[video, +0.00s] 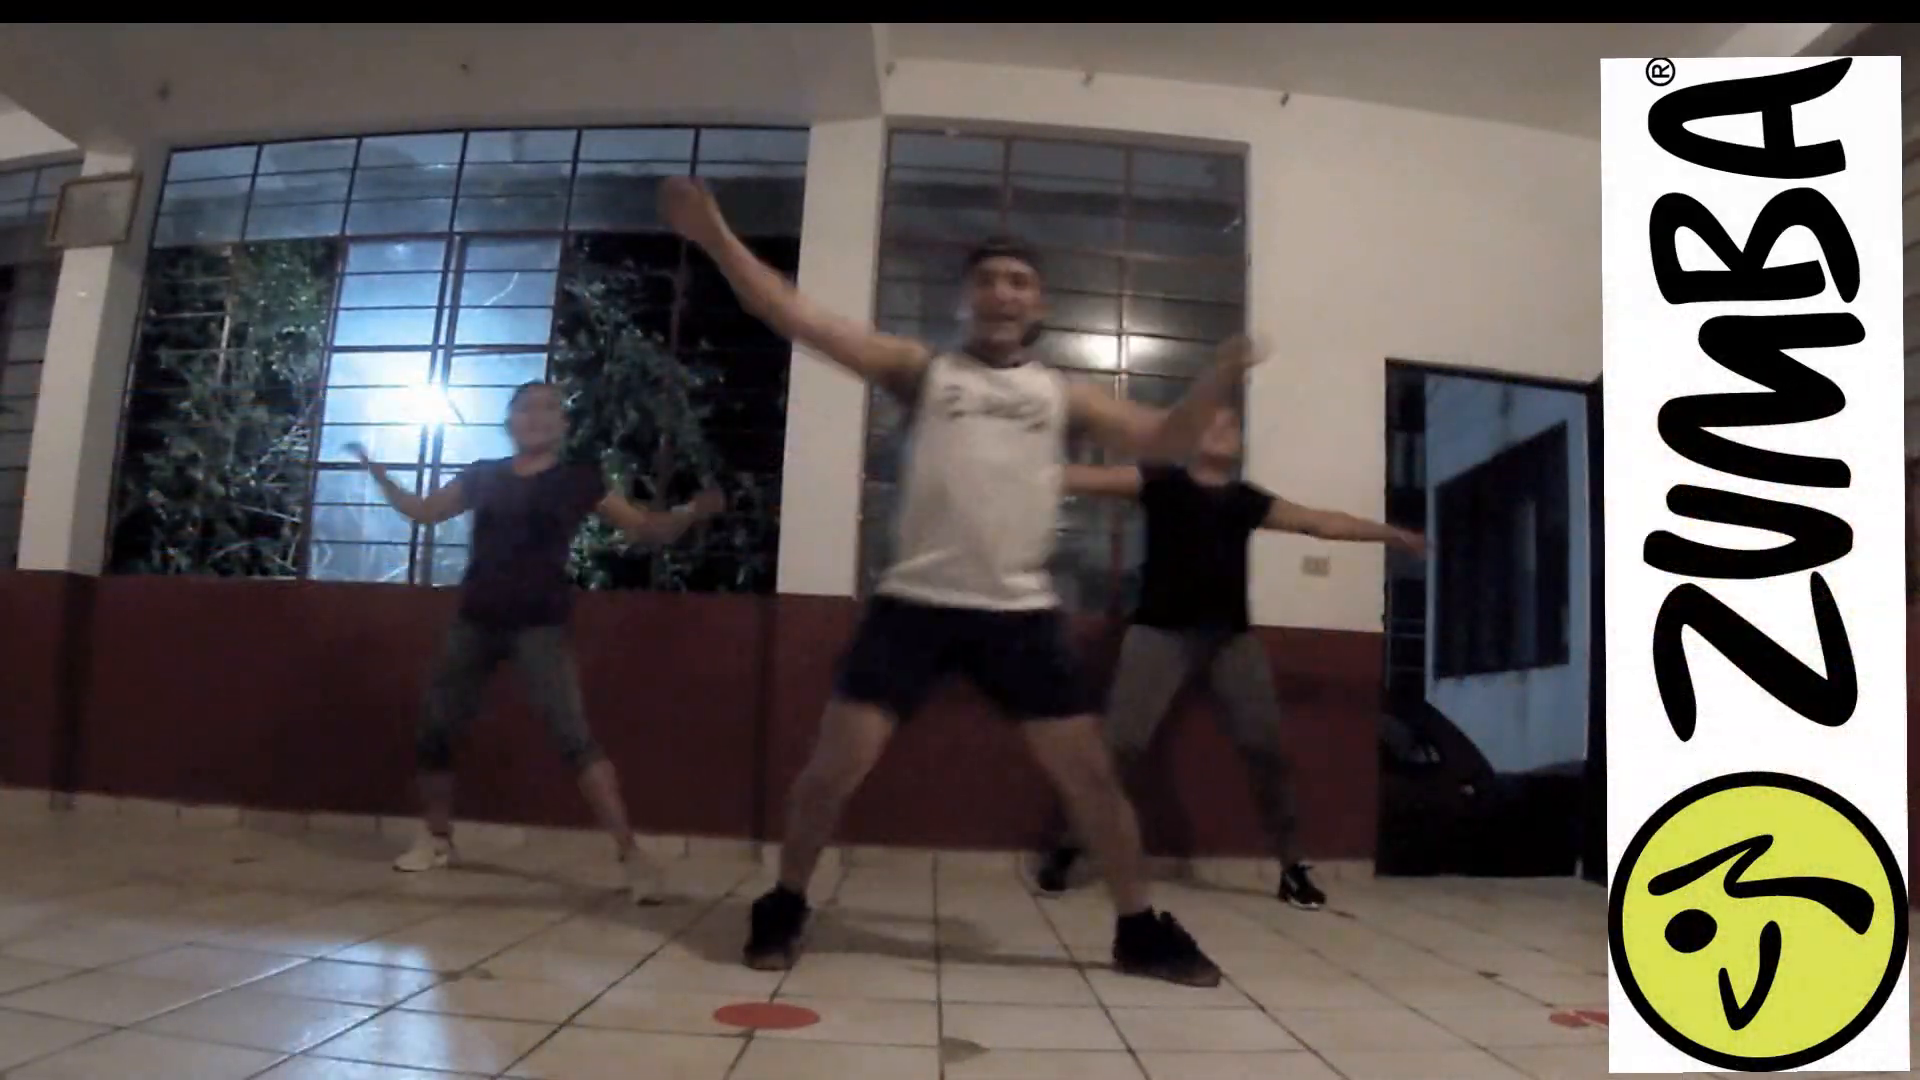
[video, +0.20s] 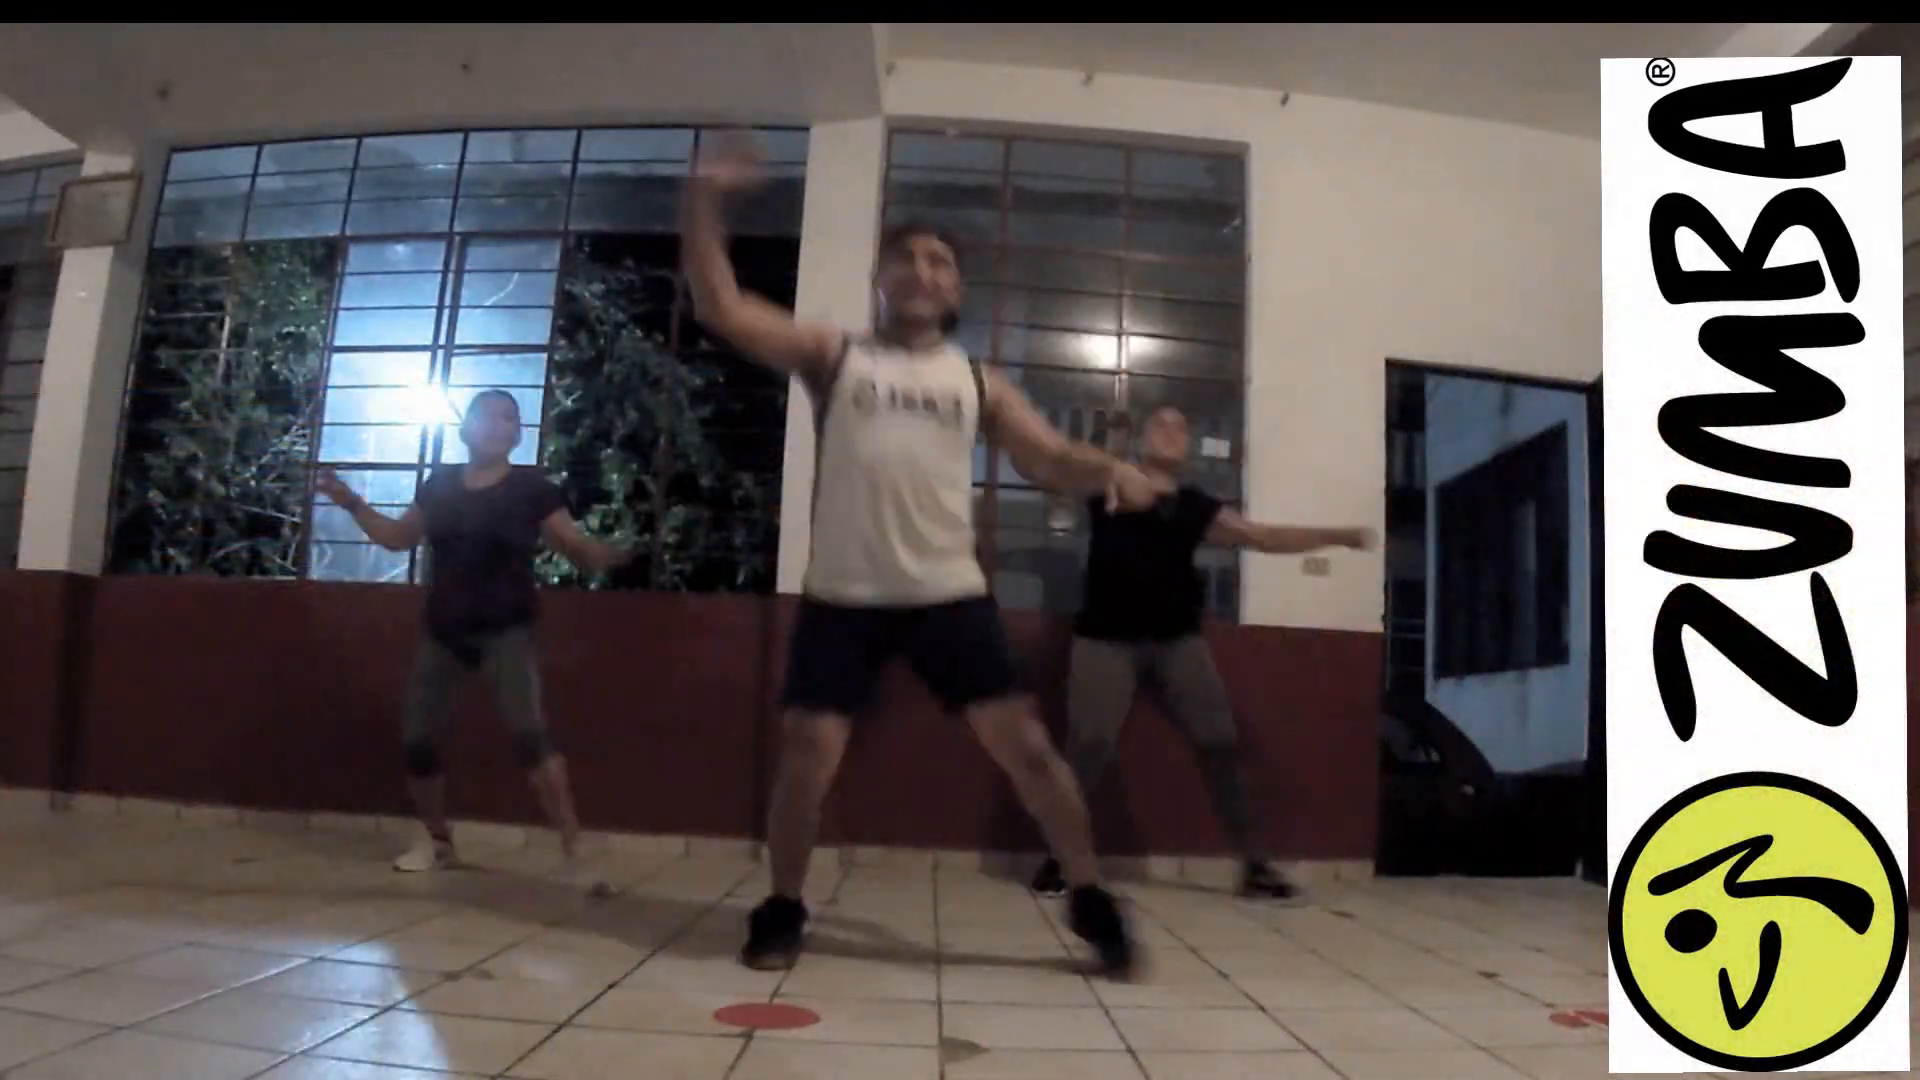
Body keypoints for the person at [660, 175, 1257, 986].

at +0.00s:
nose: (1003, 295)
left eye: (1018, 283)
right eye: (989, 281)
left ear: (1039, 302)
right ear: (966, 296)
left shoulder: (1064, 392)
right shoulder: (922, 368)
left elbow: (1166, 437)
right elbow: (801, 319)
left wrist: (1219, 378)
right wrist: (718, 239)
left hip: (1020, 616)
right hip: (912, 607)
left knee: (1091, 776)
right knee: (833, 772)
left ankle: (1139, 925)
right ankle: (784, 904)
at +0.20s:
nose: (921, 269)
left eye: (937, 262)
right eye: (905, 260)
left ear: (955, 293)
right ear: (879, 283)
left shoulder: (975, 382)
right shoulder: (836, 354)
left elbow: (1049, 455)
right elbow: (724, 311)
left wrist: (1112, 471)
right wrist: (703, 199)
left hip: (950, 598)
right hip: (842, 597)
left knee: (1026, 749)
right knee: (809, 750)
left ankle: (1089, 895)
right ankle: (782, 905)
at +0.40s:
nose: (911, 212)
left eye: (925, 202)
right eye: (895, 201)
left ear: (948, 226)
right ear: (867, 221)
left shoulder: (981, 306)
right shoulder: (827, 292)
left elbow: (1053, 402)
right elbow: (719, 306)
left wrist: (1041, 492)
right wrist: (620, 323)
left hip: (937, 543)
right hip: (838, 540)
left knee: (935, 716)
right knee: (820, 717)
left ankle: (928, 883)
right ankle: (816, 886)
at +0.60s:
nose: (907, 263)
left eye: (922, 255)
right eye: (889, 253)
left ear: (941, 285)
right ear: (860, 279)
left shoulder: (962, 370)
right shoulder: (814, 368)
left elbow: (1007, 477)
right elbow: (753, 478)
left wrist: (983, 374)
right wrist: (720, 582)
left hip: (920, 612)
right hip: (818, 609)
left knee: (969, 762)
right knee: (815, 778)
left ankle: (919, 881)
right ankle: (824, 915)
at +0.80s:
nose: (924, 213)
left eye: (939, 206)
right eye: (907, 204)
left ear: (957, 236)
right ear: (875, 232)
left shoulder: (982, 308)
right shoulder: (828, 323)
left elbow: (1063, 203)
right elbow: (781, 431)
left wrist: (1024, 86)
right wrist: (783, 524)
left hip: (947, 561)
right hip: (834, 559)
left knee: (1013, 720)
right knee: (820, 755)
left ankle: (1024, 925)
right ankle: (829, 906)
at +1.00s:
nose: (956, 206)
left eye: (972, 203)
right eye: (936, 201)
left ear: (996, 236)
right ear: (907, 237)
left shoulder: (1020, 299)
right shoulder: (866, 346)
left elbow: (1053, 142)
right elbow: (800, 475)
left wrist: (1055, 25)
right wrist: (805, 432)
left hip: (973, 570)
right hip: (859, 570)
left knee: (1021, 765)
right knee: (819, 779)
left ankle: (1056, 986)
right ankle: (840, 895)